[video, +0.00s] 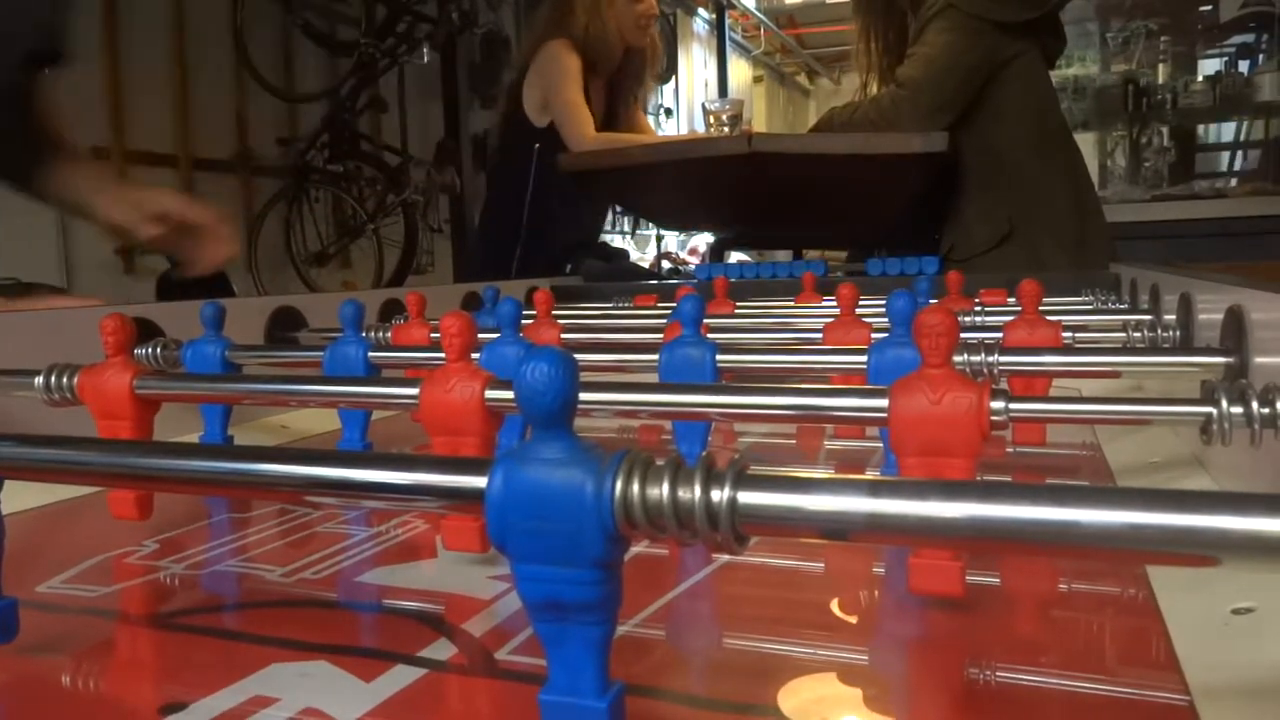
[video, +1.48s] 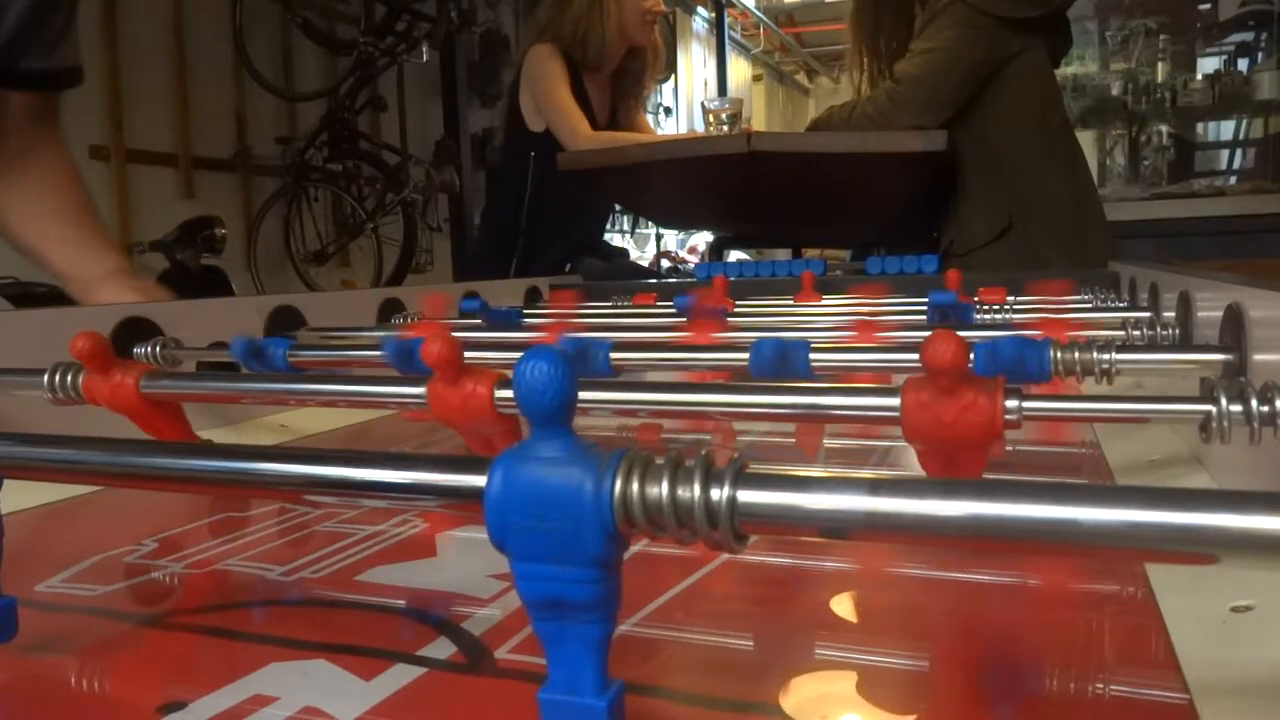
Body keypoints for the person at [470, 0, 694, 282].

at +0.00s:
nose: (654, 9)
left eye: (653, 0)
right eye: (638, 0)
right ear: (602, 5)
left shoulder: (612, 73)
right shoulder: (559, 56)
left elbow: (648, 145)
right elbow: (583, 143)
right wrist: (671, 147)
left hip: (570, 249)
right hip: (520, 254)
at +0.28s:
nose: (657, 8)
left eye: (655, 1)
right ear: (599, 7)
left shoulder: (615, 78)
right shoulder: (545, 63)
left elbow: (646, 151)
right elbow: (582, 144)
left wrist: (701, 146)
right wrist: (682, 147)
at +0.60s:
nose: (661, 11)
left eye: (660, 2)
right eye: (646, 1)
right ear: (604, 7)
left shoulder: (615, 78)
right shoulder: (542, 61)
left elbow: (647, 150)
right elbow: (581, 144)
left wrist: (698, 145)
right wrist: (682, 146)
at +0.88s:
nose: (671, 9)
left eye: (669, 1)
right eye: (656, 0)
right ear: (615, 7)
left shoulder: (625, 78)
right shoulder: (550, 59)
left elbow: (650, 150)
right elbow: (581, 143)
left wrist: (703, 147)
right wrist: (676, 147)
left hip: (581, 250)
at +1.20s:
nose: (667, 9)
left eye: (666, 2)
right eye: (652, 0)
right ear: (610, 7)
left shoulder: (620, 81)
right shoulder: (549, 60)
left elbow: (651, 151)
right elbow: (581, 143)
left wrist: (701, 146)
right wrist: (678, 147)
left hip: (580, 250)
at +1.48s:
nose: (661, 8)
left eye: (658, 1)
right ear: (603, 5)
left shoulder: (617, 80)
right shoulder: (544, 59)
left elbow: (651, 150)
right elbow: (581, 142)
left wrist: (703, 145)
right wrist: (678, 145)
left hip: (580, 250)